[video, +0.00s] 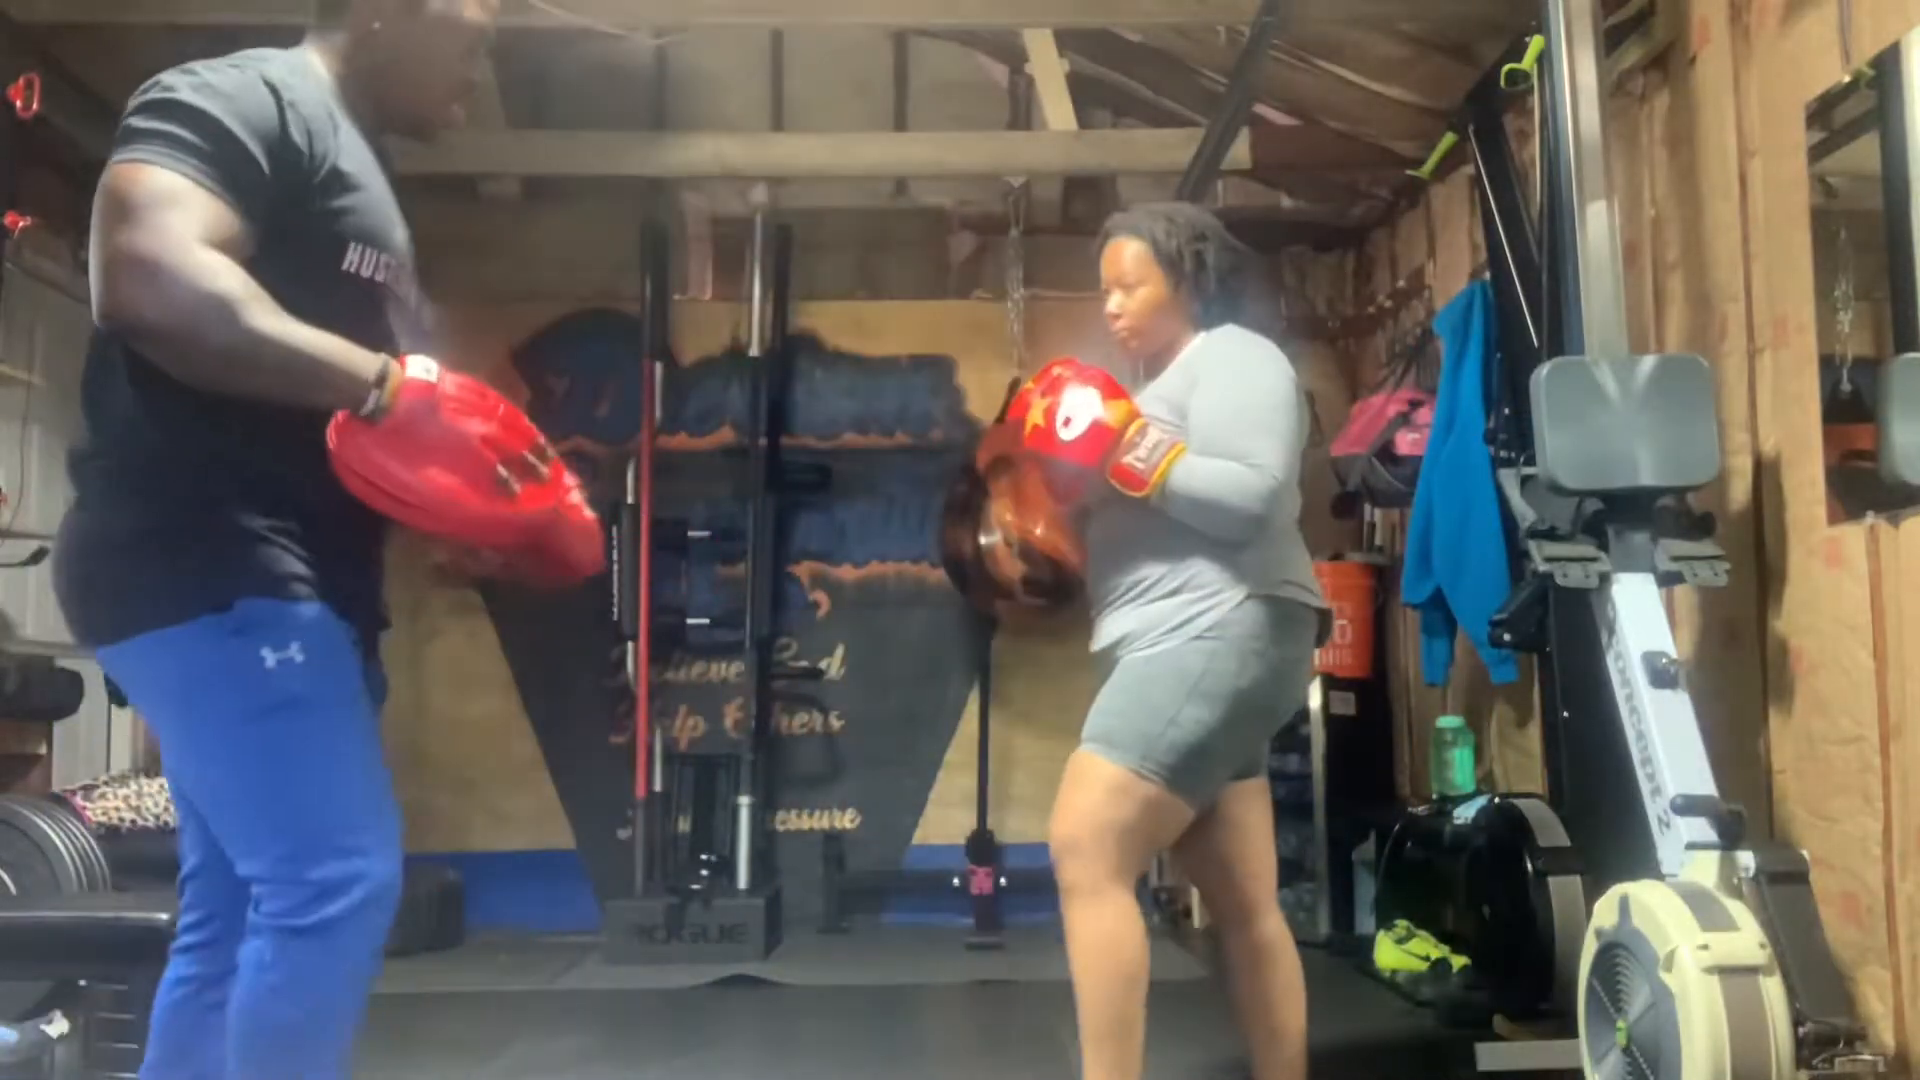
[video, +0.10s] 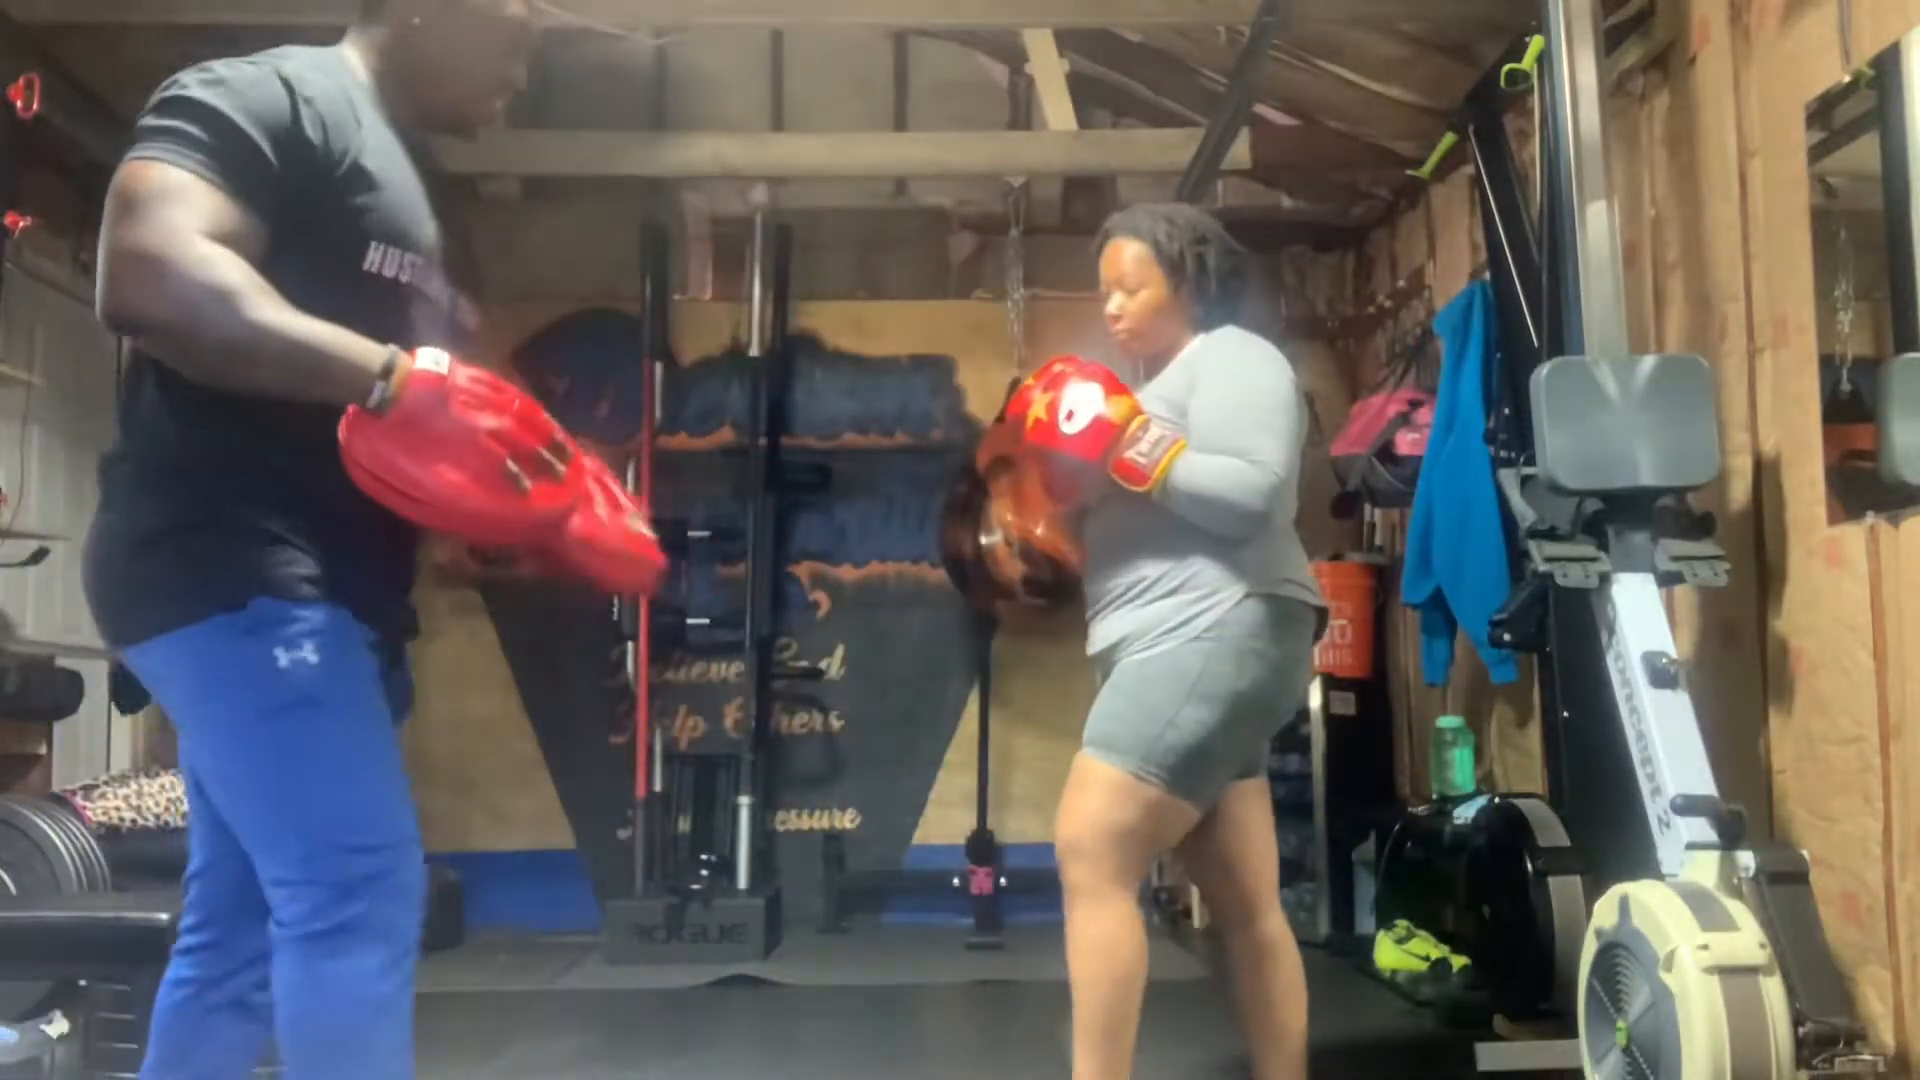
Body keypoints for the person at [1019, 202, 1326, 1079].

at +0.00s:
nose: (1109, 308)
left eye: (1124, 288)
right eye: (1105, 291)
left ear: (1185, 284)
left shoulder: (1240, 357)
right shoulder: (1138, 398)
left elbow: (1249, 499)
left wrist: (1121, 443)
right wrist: (1052, 489)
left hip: (1226, 621)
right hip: (1171, 633)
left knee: (1089, 851)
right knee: (1245, 913)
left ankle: (1108, 1075)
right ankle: (1283, 1074)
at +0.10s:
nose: (1109, 309)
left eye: (1125, 289)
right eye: (1106, 293)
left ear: (1187, 285)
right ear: (1111, 294)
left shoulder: (1238, 357)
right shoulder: (1137, 397)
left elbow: (1251, 494)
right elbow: (1109, 538)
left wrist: (1123, 442)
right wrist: (1053, 495)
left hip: (1224, 621)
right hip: (1165, 634)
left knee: (1094, 853)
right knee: (1248, 913)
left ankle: (1097, 1075)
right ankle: (1283, 1073)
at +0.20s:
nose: (1096, 310)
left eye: (1113, 289)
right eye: (1092, 292)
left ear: (1174, 287)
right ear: (1098, 296)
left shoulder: (1225, 359)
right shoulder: (1123, 400)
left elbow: (1245, 497)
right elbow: (1098, 543)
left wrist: (1117, 445)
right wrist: (1046, 485)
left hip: (1212, 625)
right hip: (1153, 638)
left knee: (1084, 860)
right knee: (1246, 915)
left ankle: (1061, 1073)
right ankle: (1281, 1074)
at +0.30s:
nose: (1069, 314)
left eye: (1087, 295)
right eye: (1066, 297)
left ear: (1149, 294)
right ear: (1069, 300)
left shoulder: (1202, 368)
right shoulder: (1102, 402)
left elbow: (1230, 509)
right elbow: (1060, 534)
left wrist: (1101, 465)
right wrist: (1024, 487)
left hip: (1193, 637)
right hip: (1136, 647)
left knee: (1063, 876)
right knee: (1231, 911)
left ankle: (1008, 1073)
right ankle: (1278, 1075)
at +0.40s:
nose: (1034, 321)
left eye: (1055, 301)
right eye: (1028, 302)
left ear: (1117, 302)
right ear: (1024, 307)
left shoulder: (1164, 382)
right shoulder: (1053, 414)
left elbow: (1199, 525)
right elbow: (1024, 561)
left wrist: (1068, 491)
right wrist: (989, 489)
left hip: (1160, 654)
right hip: (1095, 667)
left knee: (1034, 890)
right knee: (1215, 919)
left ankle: (987, 1075)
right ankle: (1273, 1075)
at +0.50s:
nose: (991, 316)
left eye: (1012, 298)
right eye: (986, 298)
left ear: (1073, 300)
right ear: (981, 302)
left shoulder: (1115, 391)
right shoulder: (1012, 406)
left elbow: (1143, 537)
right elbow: (997, 559)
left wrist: (1011, 503)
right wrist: (912, 521)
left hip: (1119, 652)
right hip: (1054, 658)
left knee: (1004, 882)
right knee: (1181, 910)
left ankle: (974, 1073)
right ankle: (1267, 1072)